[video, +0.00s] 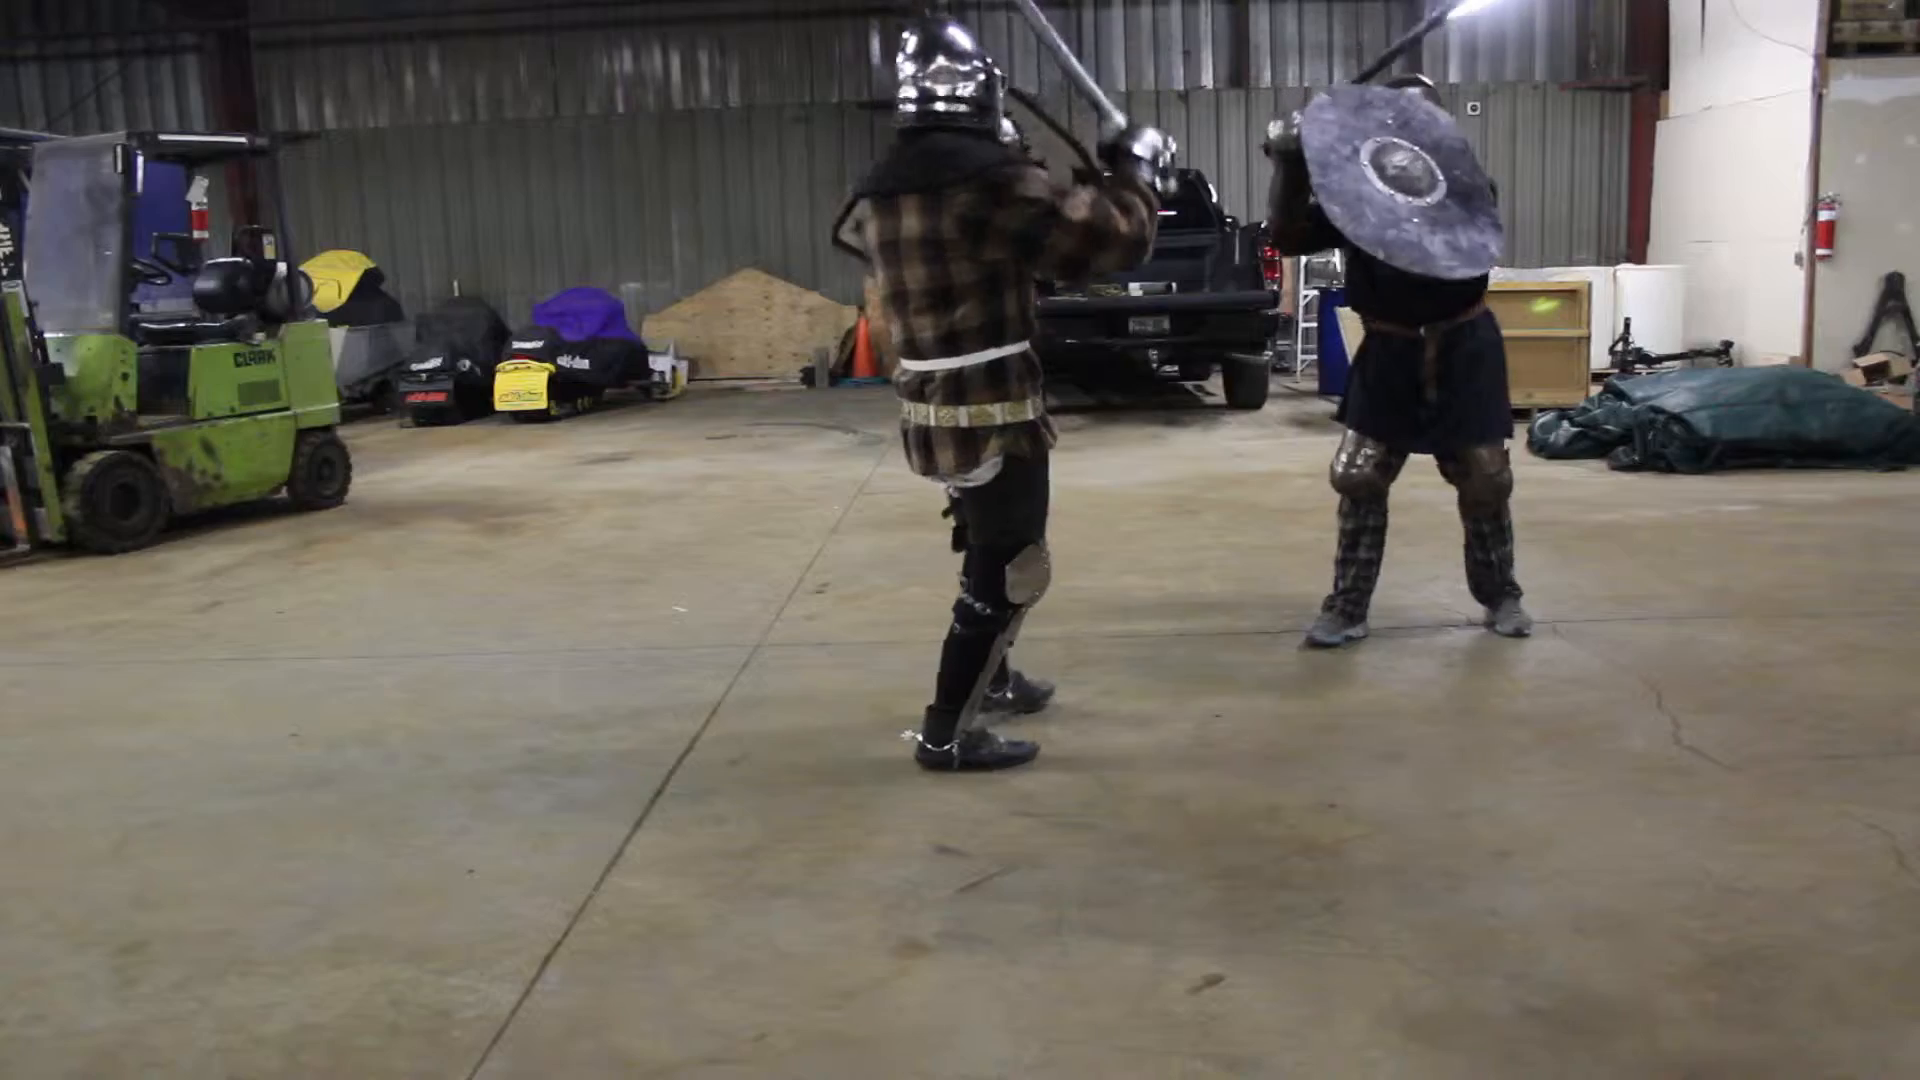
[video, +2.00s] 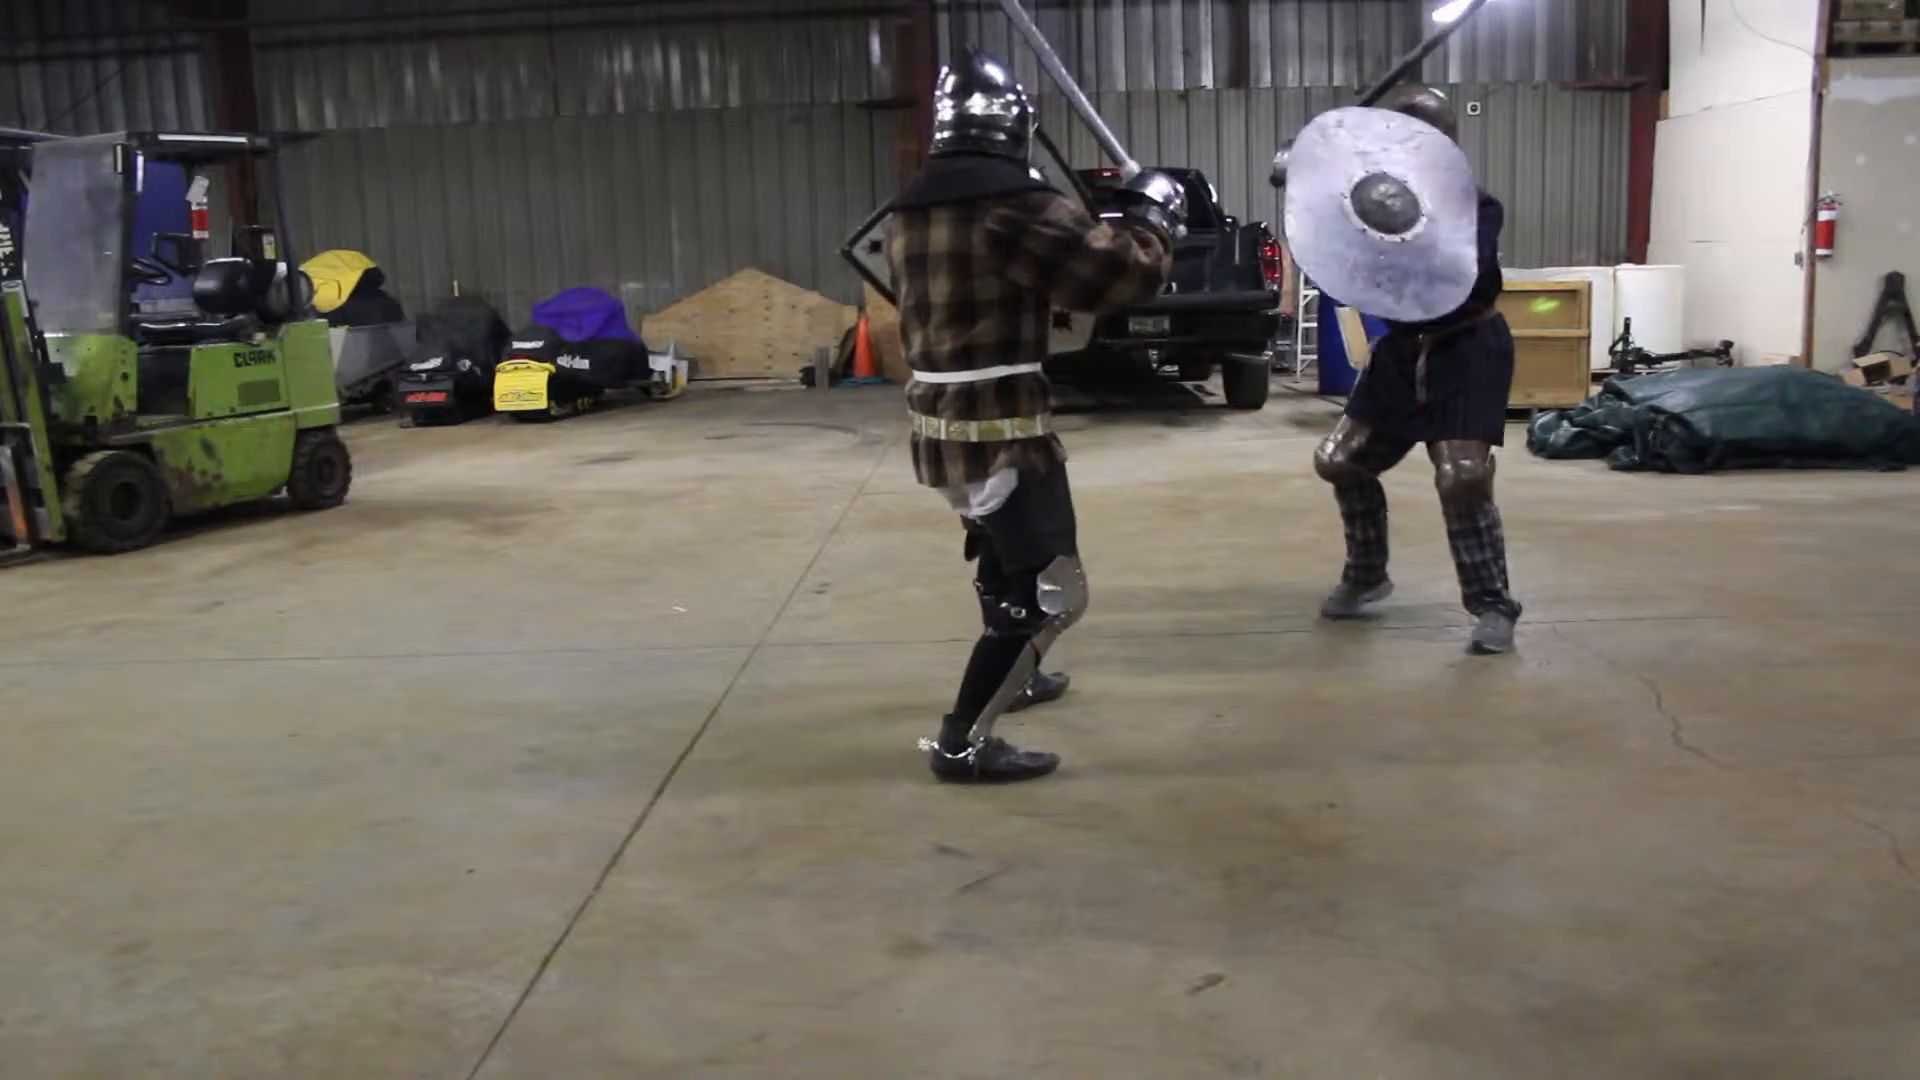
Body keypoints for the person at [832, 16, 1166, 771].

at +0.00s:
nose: (998, 105)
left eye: (990, 92)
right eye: (990, 92)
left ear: (909, 102)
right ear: (980, 96)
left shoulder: (886, 191)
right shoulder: (994, 181)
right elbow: (1108, 238)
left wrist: (1081, 184)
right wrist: (1135, 175)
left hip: (931, 412)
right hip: (997, 415)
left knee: (988, 545)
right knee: (1006, 575)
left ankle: (987, 676)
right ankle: (948, 731)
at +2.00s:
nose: (1026, 132)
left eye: (1020, 120)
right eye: (1021, 120)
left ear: (943, 119)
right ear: (1013, 122)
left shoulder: (913, 203)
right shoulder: (1014, 202)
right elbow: (1125, 273)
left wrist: (1087, 210)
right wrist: (1154, 217)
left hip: (941, 428)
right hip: (1003, 431)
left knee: (1000, 552)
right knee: (1046, 593)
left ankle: (1016, 675)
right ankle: (964, 738)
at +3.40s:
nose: (1090, 99)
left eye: (1082, 85)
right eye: (1086, 86)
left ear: (998, 78)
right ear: (1076, 88)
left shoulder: (945, 175)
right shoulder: (1091, 182)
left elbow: (921, 281)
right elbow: (1186, 277)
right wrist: (1221, 217)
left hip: (959, 438)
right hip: (1062, 442)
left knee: (947, 594)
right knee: (1116, 591)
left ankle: (916, 746)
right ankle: (1068, 767)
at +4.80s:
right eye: (1119, 45)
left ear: (1025, 59)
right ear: (1116, 57)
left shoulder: (972, 172)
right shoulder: (1158, 147)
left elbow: (946, 323)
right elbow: (1259, 280)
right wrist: (1273, 209)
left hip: (1037, 454)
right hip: (1157, 448)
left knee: (1045, 634)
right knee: (1228, 619)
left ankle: (1036, 825)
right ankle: (1207, 817)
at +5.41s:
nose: (1104, 119)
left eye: (1097, 106)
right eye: (1100, 105)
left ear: (1008, 102)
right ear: (1084, 104)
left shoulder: (950, 195)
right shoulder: (1095, 191)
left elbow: (934, 315)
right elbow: (1221, 281)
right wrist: (1218, 215)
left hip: (982, 460)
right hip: (1085, 460)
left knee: (1002, 606)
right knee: (1185, 619)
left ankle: (972, 754)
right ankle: (1256, 814)